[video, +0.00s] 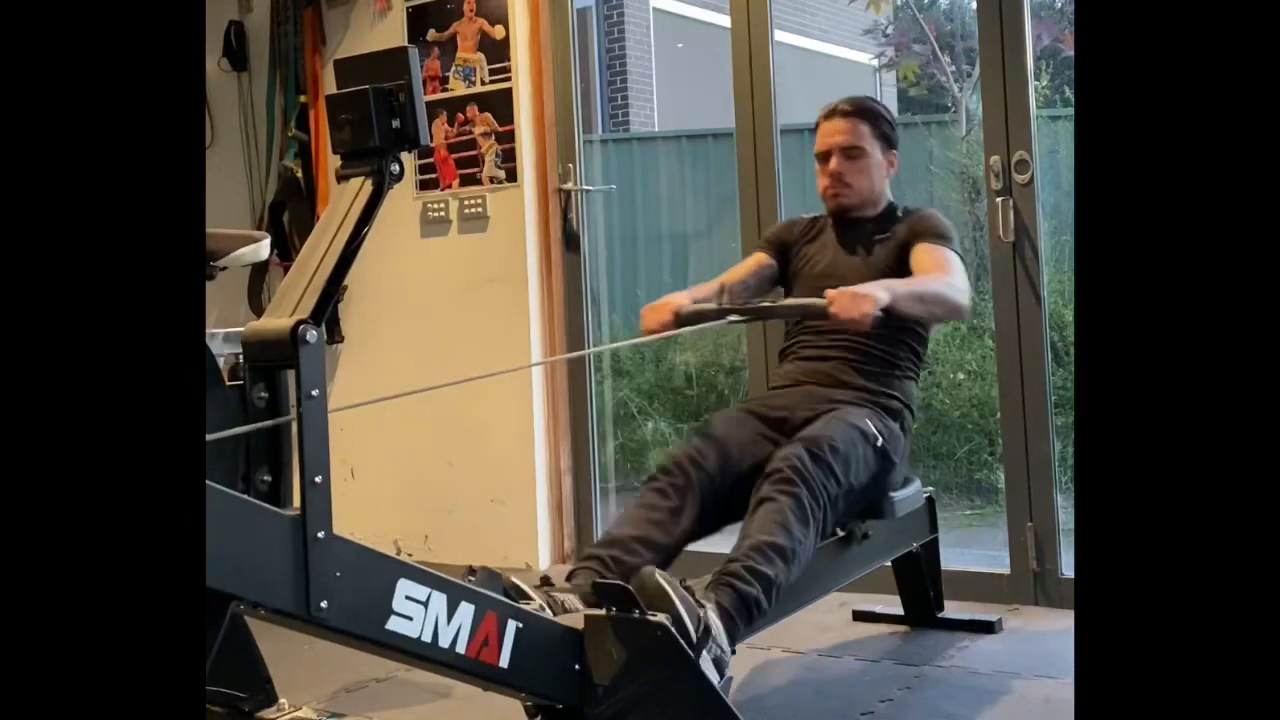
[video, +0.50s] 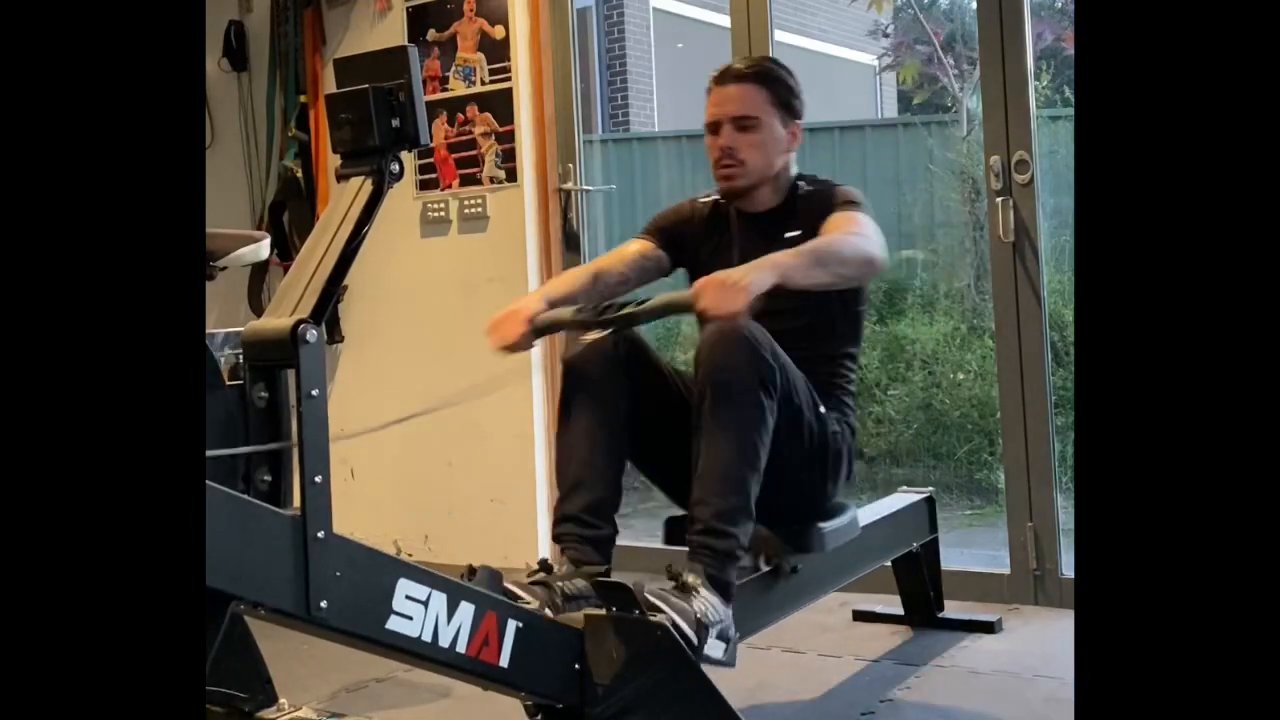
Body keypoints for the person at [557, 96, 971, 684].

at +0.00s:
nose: (832, 170)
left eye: (849, 154)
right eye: (823, 157)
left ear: (891, 161)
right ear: (814, 165)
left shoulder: (919, 229)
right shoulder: (794, 236)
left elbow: (953, 296)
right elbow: (729, 290)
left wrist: (885, 292)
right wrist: (679, 302)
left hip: (865, 407)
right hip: (779, 402)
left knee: (797, 471)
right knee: (691, 464)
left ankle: (717, 622)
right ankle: (580, 592)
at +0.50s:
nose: (724, 144)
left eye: (743, 126)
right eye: (714, 129)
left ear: (791, 136)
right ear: (704, 137)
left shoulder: (827, 204)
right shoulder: (696, 222)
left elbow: (865, 253)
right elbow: (609, 273)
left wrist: (764, 271)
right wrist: (537, 303)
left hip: (806, 470)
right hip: (712, 466)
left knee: (733, 340)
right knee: (596, 348)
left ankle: (708, 590)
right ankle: (579, 570)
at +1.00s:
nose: (724, 138)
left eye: (745, 122)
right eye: (715, 124)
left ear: (793, 135)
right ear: (706, 135)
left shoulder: (827, 203)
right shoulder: (693, 218)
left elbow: (813, 269)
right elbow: (613, 277)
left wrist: (744, 307)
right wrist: (527, 326)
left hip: (805, 459)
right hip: (714, 455)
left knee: (729, 347)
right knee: (603, 351)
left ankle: (700, 591)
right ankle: (579, 571)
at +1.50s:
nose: (794, 178)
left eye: (812, 162)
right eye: (785, 164)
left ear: (854, 163)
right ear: (779, 169)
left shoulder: (905, 233)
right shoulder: (773, 243)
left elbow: (1016, 301)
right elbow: (730, 304)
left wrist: (931, 290)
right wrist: (716, 315)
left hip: (857, 429)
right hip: (764, 421)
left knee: (769, 404)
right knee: (666, 401)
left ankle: (716, 615)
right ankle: (593, 583)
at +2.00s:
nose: (626, 148)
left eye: (650, 129)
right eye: (618, 132)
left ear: (707, 140)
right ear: (610, 139)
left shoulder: (758, 207)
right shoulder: (609, 230)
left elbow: (726, 267)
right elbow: (513, 296)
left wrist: (635, 324)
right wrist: (405, 363)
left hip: (757, 482)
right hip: (654, 480)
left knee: (697, 321)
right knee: (567, 307)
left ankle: (694, 570)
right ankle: (572, 559)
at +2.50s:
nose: (809, 149)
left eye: (828, 136)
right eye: (801, 138)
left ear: (871, 147)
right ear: (792, 149)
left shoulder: (896, 209)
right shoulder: (774, 220)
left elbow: (902, 267)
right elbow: (699, 272)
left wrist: (843, 283)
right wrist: (639, 302)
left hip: (862, 403)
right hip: (774, 393)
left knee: (785, 431)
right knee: (670, 423)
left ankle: (712, 617)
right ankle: (585, 583)